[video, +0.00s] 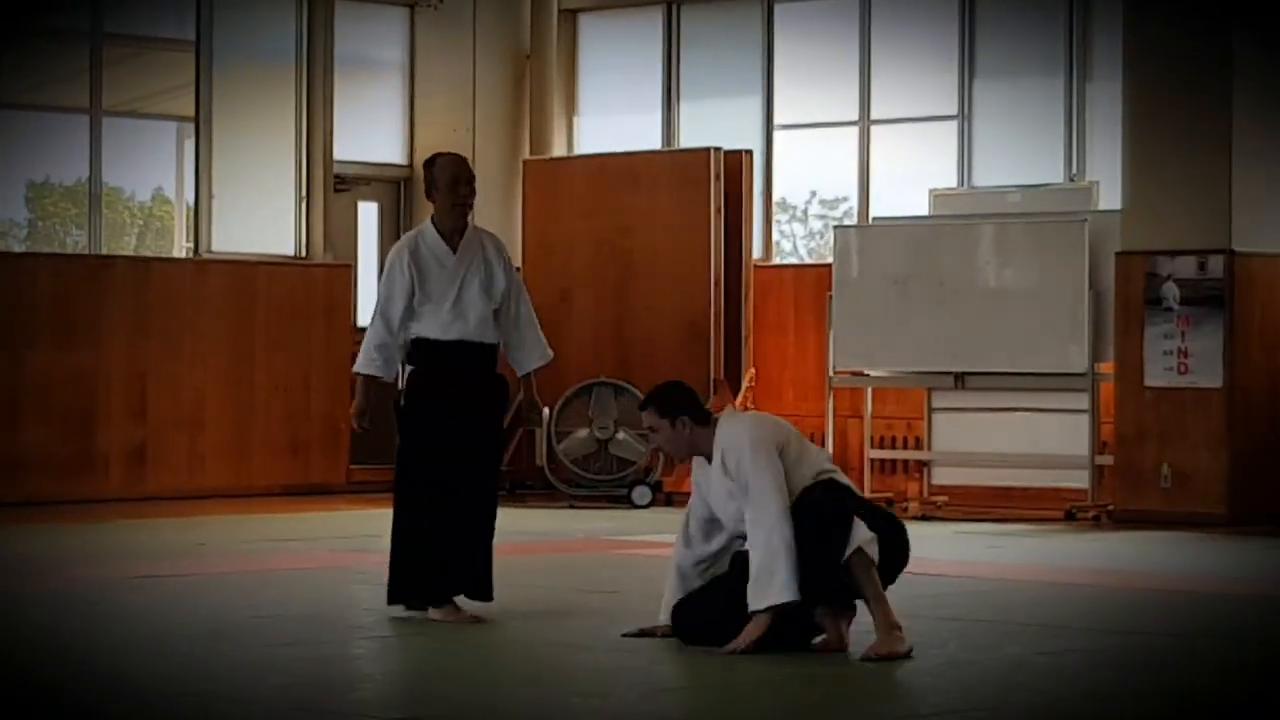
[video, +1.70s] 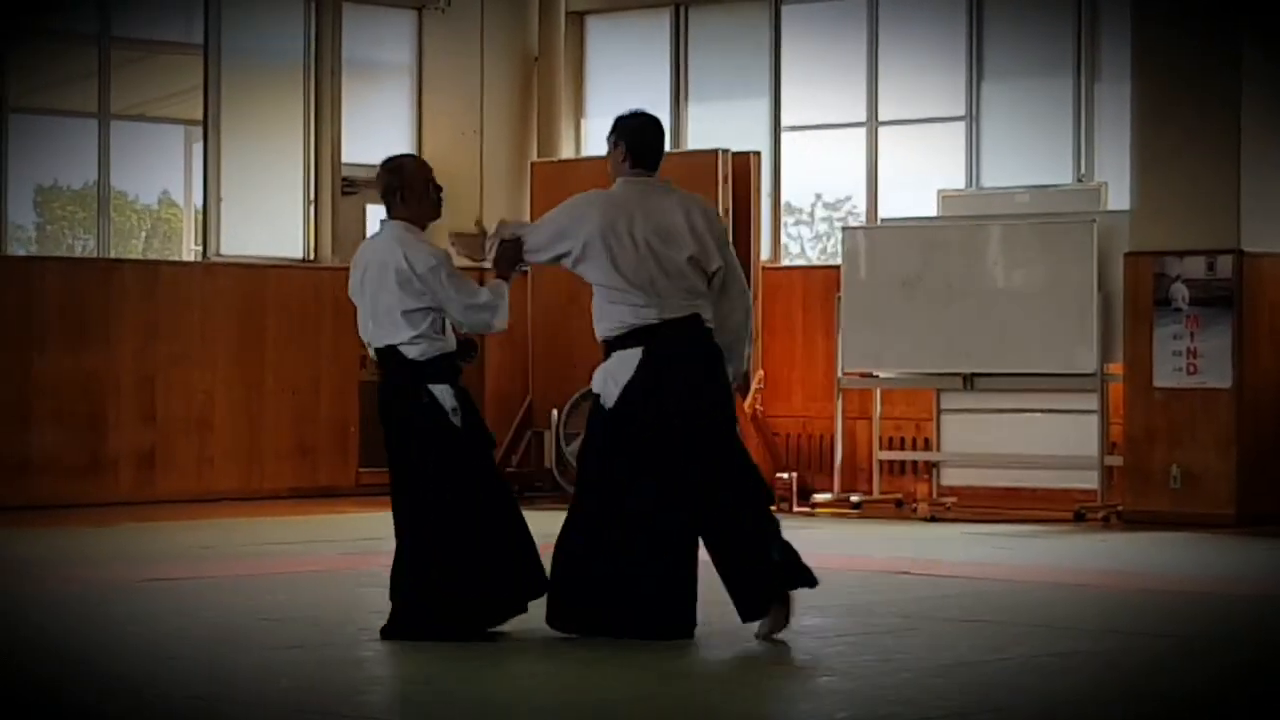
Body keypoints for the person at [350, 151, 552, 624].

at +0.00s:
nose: (469, 193)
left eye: (471, 184)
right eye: (458, 186)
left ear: (475, 188)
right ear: (431, 193)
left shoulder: (490, 248)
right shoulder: (408, 251)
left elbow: (516, 318)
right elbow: (385, 322)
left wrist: (529, 384)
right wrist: (364, 391)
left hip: (479, 372)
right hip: (429, 372)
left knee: (469, 481)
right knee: (430, 480)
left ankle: (441, 589)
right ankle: (433, 595)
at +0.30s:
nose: (480, 192)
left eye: (484, 183)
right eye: (469, 185)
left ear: (490, 186)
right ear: (443, 190)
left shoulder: (498, 245)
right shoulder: (424, 248)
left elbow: (517, 317)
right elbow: (414, 321)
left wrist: (531, 385)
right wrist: (432, 388)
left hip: (494, 371)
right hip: (448, 373)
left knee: (485, 482)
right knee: (450, 482)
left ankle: (458, 596)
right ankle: (445, 598)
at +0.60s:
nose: (499, 192)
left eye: (501, 184)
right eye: (488, 185)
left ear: (504, 188)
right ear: (459, 191)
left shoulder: (504, 249)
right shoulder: (438, 250)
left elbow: (519, 322)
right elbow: (443, 327)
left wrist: (529, 387)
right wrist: (475, 392)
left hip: (504, 375)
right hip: (459, 379)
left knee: (522, 482)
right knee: (457, 486)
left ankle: (536, 591)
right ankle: (450, 597)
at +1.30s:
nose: (531, 198)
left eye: (529, 189)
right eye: (519, 190)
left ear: (519, 198)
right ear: (489, 201)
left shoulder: (531, 263)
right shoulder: (479, 260)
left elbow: (556, 324)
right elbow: (491, 322)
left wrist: (578, 383)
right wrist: (543, 343)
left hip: (536, 382)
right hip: (503, 386)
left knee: (556, 489)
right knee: (505, 491)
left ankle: (557, 602)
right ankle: (449, 581)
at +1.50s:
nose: (491, 198)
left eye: (488, 190)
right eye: (479, 192)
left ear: (457, 207)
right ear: (452, 204)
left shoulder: (452, 256)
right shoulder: (463, 257)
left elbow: (488, 338)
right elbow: (532, 268)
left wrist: (531, 385)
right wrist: (589, 217)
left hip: (480, 387)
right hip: (486, 390)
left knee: (478, 498)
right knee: (555, 490)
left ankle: (423, 600)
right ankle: (556, 606)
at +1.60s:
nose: (464, 191)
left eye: (461, 183)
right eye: (453, 185)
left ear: (420, 200)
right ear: (426, 196)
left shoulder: (401, 255)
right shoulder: (445, 251)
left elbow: (421, 337)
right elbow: (521, 291)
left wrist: (487, 363)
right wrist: (551, 242)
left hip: (431, 389)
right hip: (463, 391)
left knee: (450, 499)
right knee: (519, 487)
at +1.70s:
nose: (440, 193)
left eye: (436, 185)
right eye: (431, 186)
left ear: (392, 197)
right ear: (406, 195)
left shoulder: (366, 254)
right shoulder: (420, 256)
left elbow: (387, 328)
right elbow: (478, 311)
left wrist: (448, 342)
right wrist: (501, 278)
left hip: (393, 387)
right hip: (429, 391)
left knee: (416, 500)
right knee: (457, 496)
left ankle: (414, 610)